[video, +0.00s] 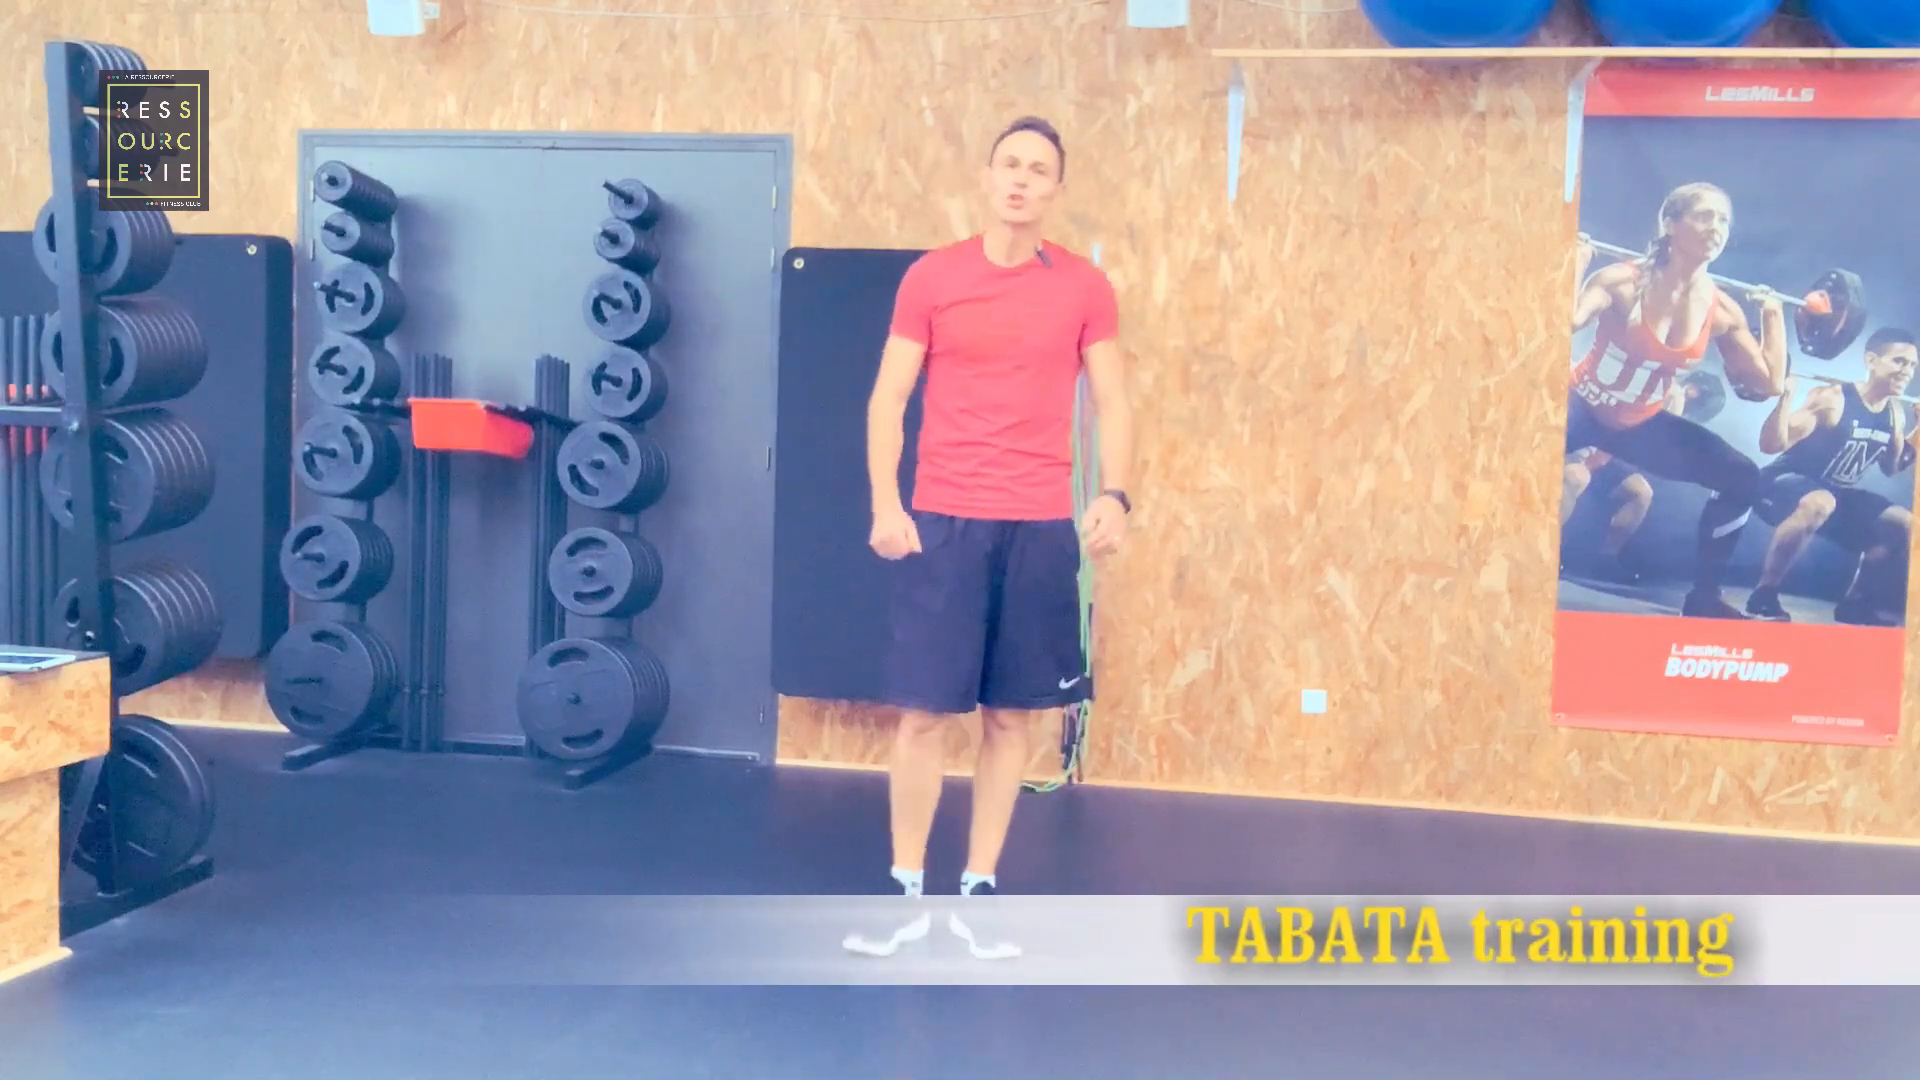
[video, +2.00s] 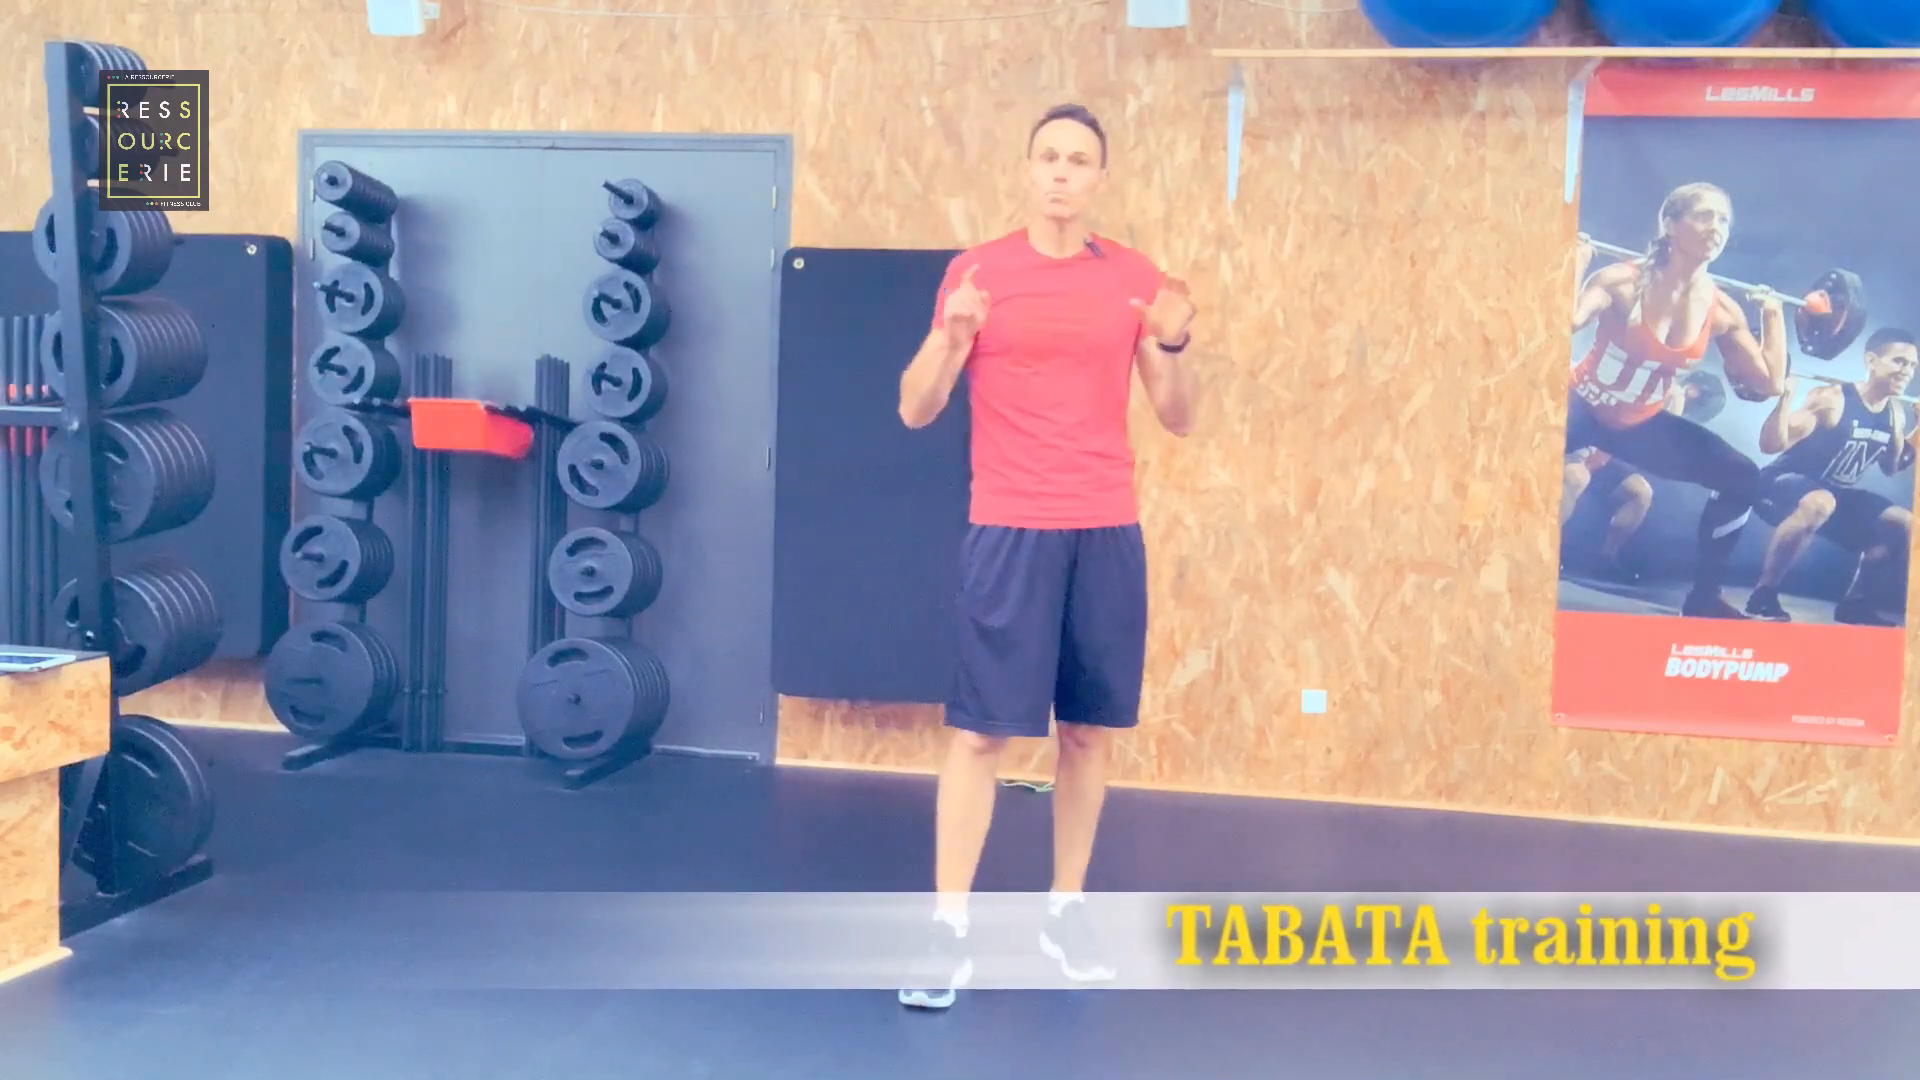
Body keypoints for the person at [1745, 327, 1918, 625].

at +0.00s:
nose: (1906, 371)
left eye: (1911, 365)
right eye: (1899, 361)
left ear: (1914, 371)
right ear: (1871, 361)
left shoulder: (1894, 412)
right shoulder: (1830, 398)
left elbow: (1892, 467)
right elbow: (1769, 444)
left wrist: (1912, 443)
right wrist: (1785, 395)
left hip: (1839, 495)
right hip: (1786, 481)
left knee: (1906, 525)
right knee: (1820, 502)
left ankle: (1854, 604)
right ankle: (1764, 596)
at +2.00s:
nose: (1906, 371)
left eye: (1911, 365)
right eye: (1899, 361)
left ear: (1914, 371)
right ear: (1871, 361)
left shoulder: (1893, 412)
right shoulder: (1831, 398)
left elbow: (1891, 467)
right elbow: (1769, 444)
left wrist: (1910, 446)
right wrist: (1785, 396)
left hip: (1839, 495)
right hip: (1785, 482)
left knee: (1905, 524)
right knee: (1821, 502)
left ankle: (1854, 604)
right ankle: (1763, 596)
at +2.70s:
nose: (1906, 372)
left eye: (1911, 365)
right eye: (1899, 361)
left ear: (1914, 371)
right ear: (1871, 361)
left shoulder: (1894, 412)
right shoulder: (1830, 398)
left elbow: (1892, 467)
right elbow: (1769, 444)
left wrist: (1912, 442)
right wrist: (1785, 396)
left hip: (1839, 495)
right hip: (1784, 482)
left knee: (1905, 525)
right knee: (1821, 502)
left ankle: (1855, 605)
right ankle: (1763, 596)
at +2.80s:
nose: (1906, 372)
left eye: (1911, 365)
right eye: (1899, 361)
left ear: (1914, 371)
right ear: (1871, 361)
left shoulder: (1894, 412)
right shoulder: (1830, 398)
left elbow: (1892, 467)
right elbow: (1769, 444)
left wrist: (1913, 441)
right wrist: (1785, 396)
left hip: (1839, 495)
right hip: (1784, 482)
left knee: (1906, 525)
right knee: (1821, 502)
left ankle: (1855, 605)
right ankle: (1763, 596)